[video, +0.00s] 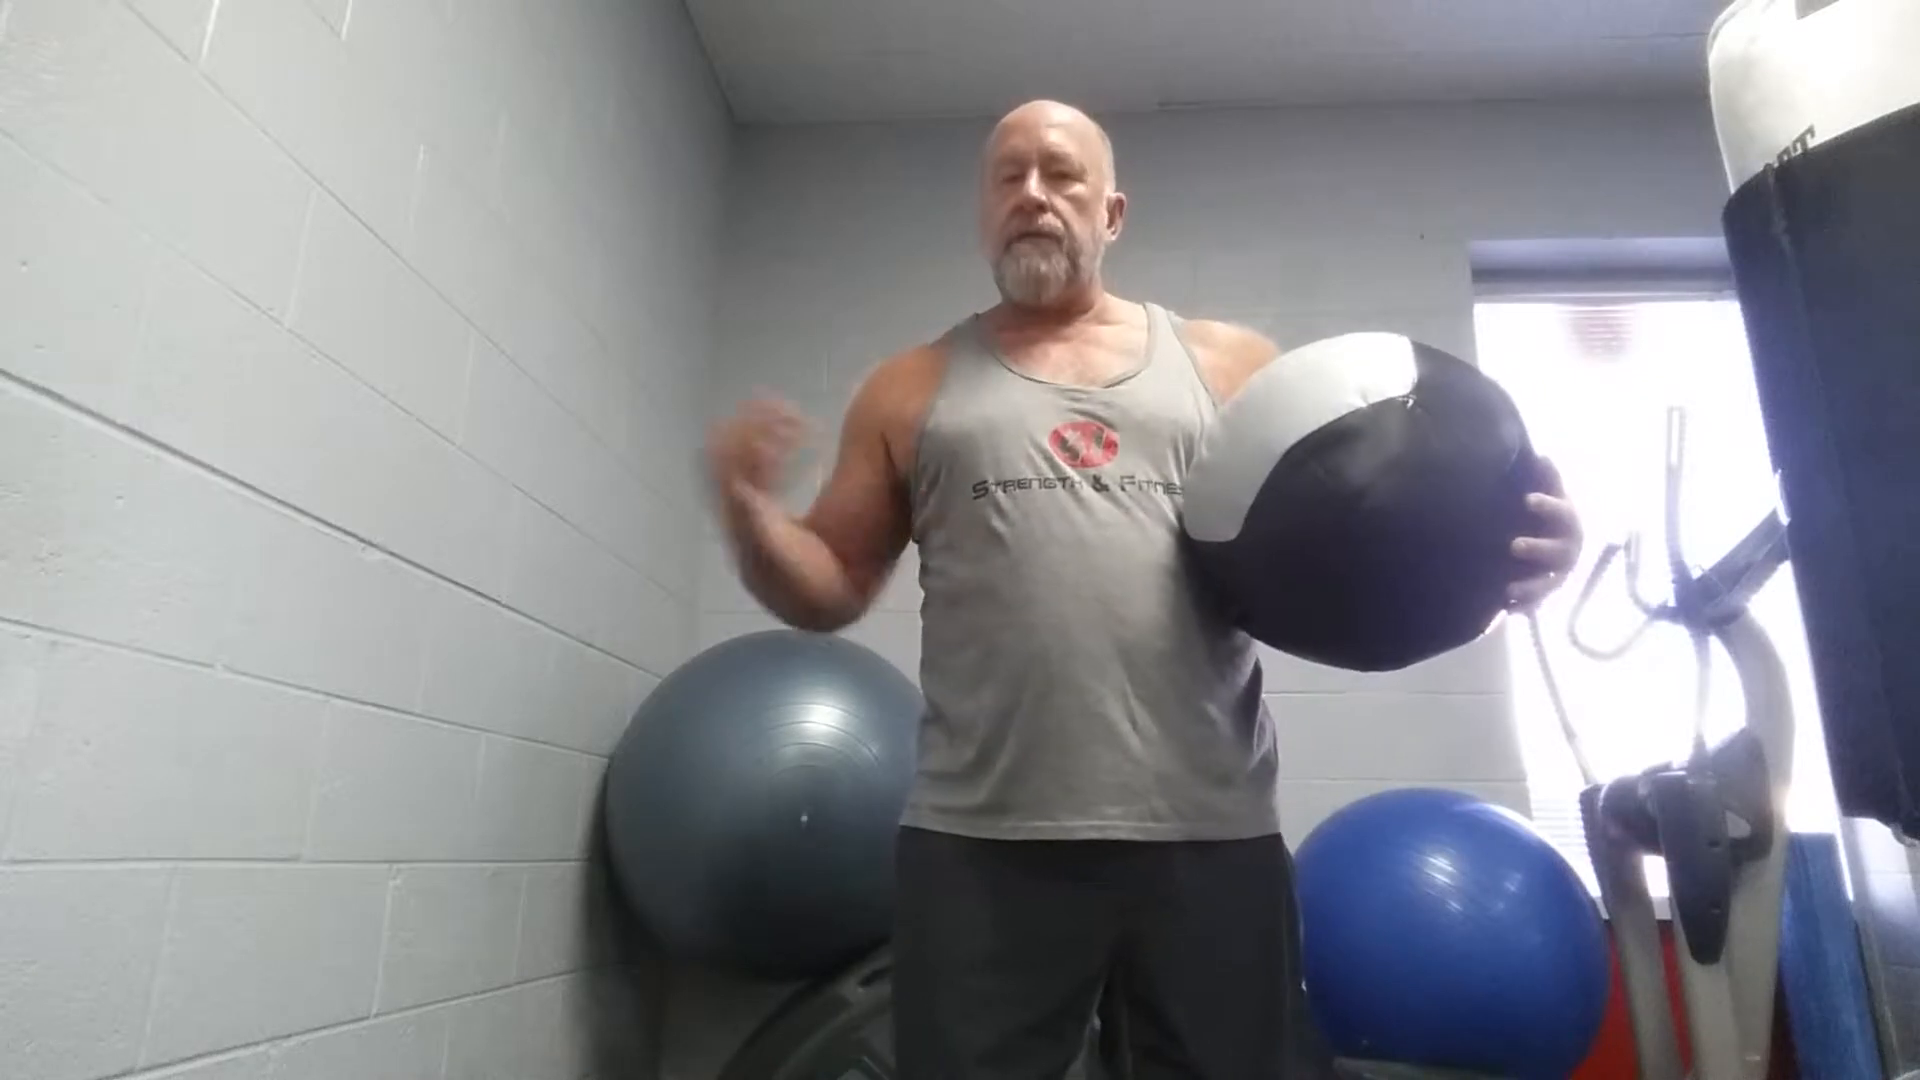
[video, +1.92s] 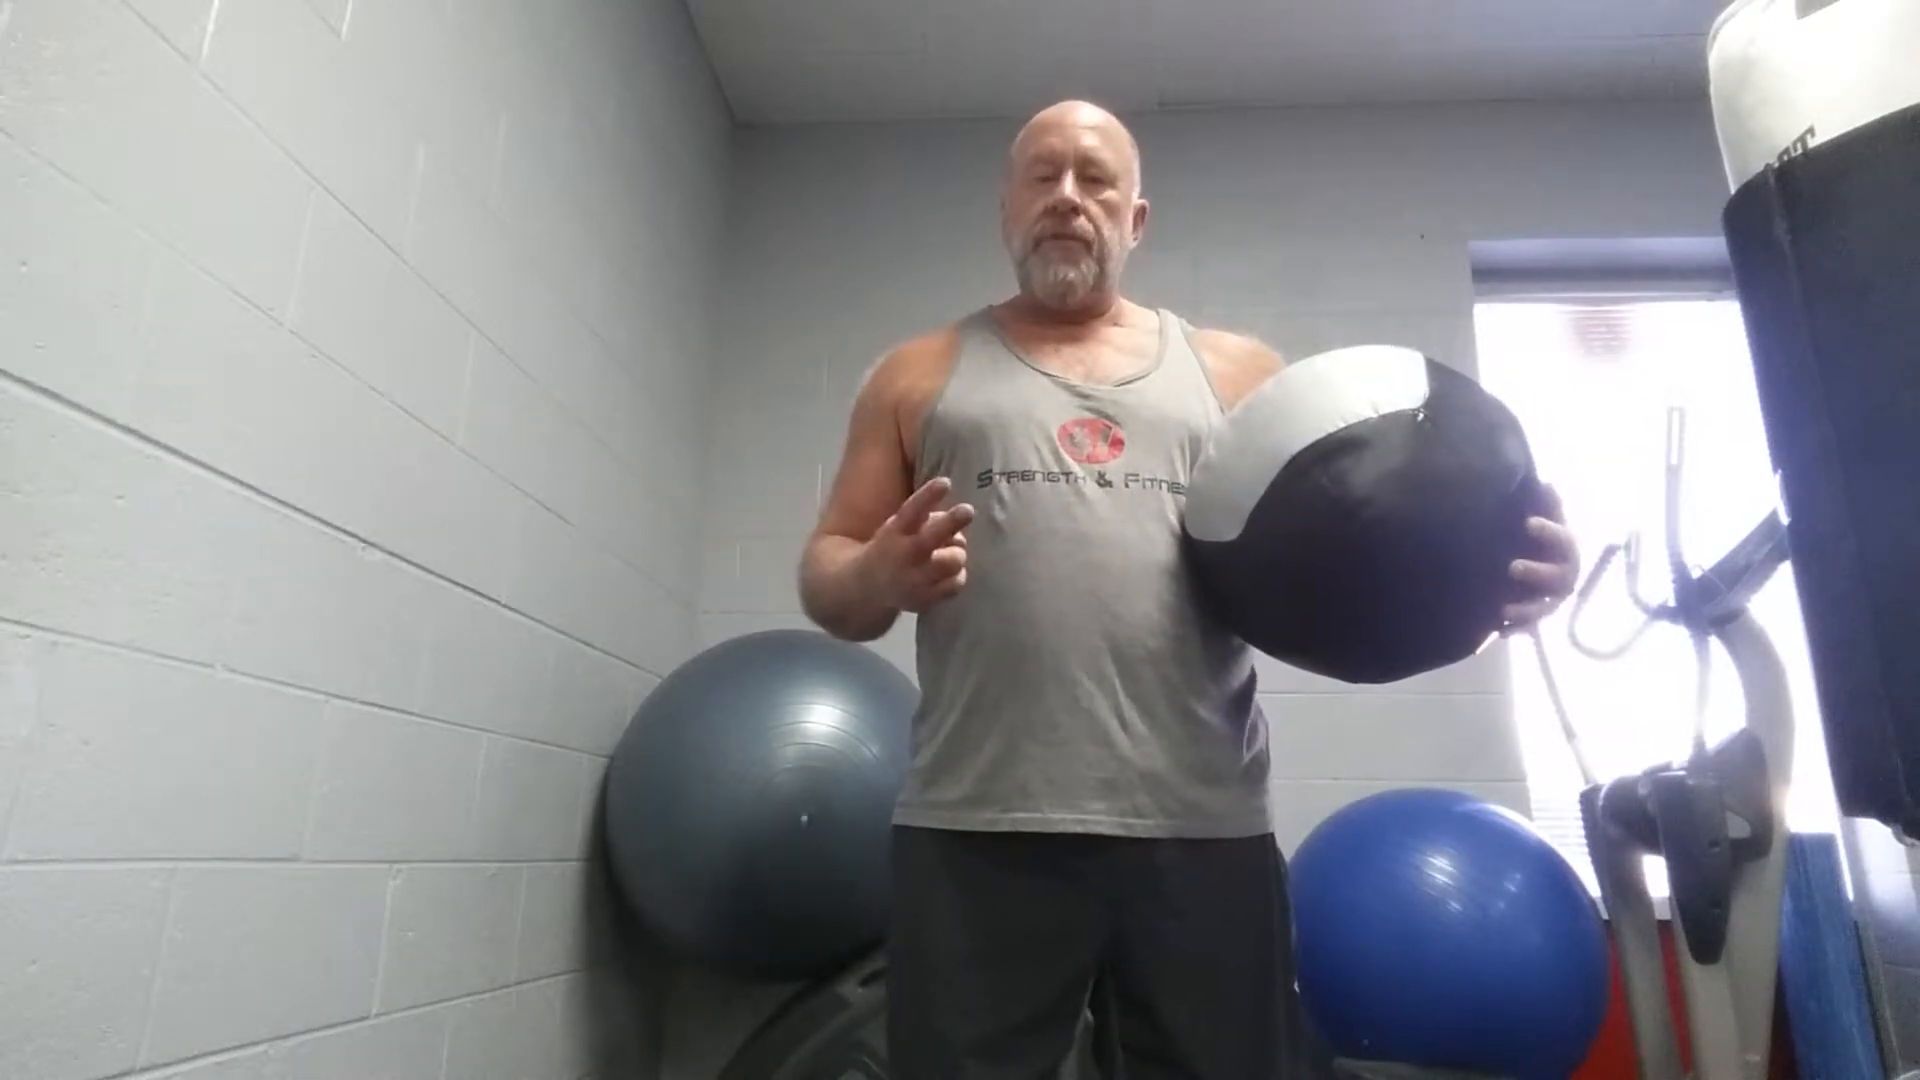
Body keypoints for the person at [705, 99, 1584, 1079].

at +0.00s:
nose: (1033, 193)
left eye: (1062, 174)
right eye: (1009, 176)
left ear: (1114, 213)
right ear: (978, 214)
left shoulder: (1228, 362)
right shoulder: (908, 390)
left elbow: (1369, 527)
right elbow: (828, 590)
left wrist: (1518, 548)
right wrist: (749, 510)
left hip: (1209, 839)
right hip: (984, 843)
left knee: (1239, 1068)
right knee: (970, 1067)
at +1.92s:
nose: (1065, 196)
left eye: (1094, 178)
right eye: (1041, 175)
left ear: (1137, 217)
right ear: (1002, 209)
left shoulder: (1235, 371)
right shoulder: (916, 377)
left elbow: (1373, 531)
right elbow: (828, 592)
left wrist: (1520, 568)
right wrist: (878, 575)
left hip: (1205, 838)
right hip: (977, 836)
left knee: (1231, 1074)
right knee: (961, 1072)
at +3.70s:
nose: (1112, 204)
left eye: (1141, 187)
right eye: (1089, 181)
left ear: (1187, 220)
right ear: (1048, 212)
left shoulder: (1277, 375)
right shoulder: (965, 381)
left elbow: (1414, 535)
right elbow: (859, 556)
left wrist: (1557, 579)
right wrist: (687, 549)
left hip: (1236, 847)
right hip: (1007, 841)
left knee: (1263, 1070)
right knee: (978, 1071)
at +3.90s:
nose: (1109, 201)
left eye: (1137, 180)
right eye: (1084, 178)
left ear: (1181, 211)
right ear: (1043, 206)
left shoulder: (1281, 374)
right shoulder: (961, 382)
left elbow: (1415, 539)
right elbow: (864, 560)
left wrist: (1563, 579)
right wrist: (705, 573)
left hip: (1235, 851)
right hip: (1004, 847)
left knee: (1261, 1070)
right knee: (969, 1069)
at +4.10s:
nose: (1075, 191)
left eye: (1103, 169)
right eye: (1050, 170)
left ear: (1153, 205)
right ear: (1014, 206)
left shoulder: (1265, 358)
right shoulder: (943, 384)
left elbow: (1393, 534)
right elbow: (872, 570)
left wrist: (1546, 574)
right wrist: (746, 592)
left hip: (1224, 852)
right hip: (991, 848)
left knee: (1252, 1074)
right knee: (958, 1071)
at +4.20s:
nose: (1048, 190)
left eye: (1077, 170)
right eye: (1023, 172)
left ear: (1128, 204)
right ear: (992, 211)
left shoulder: (1244, 347)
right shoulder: (927, 390)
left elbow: (1392, 516)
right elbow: (876, 583)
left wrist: (1549, 557)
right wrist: (765, 550)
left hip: (1208, 841)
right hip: (983, 840)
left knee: (1246, 1070)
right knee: (966, 1069)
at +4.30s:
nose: (1026, 188)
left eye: (1054, 167)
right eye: (1000, 171)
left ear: (1105, 200)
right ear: (969, 210)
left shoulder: (1219, 333)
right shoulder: (912, 391)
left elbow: (1384, 483)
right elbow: (859, 585)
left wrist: (1536, 535)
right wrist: (756, 522)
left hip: (1187, 845)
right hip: (968, 845)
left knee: (1217, 1068)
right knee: (955, 1071)